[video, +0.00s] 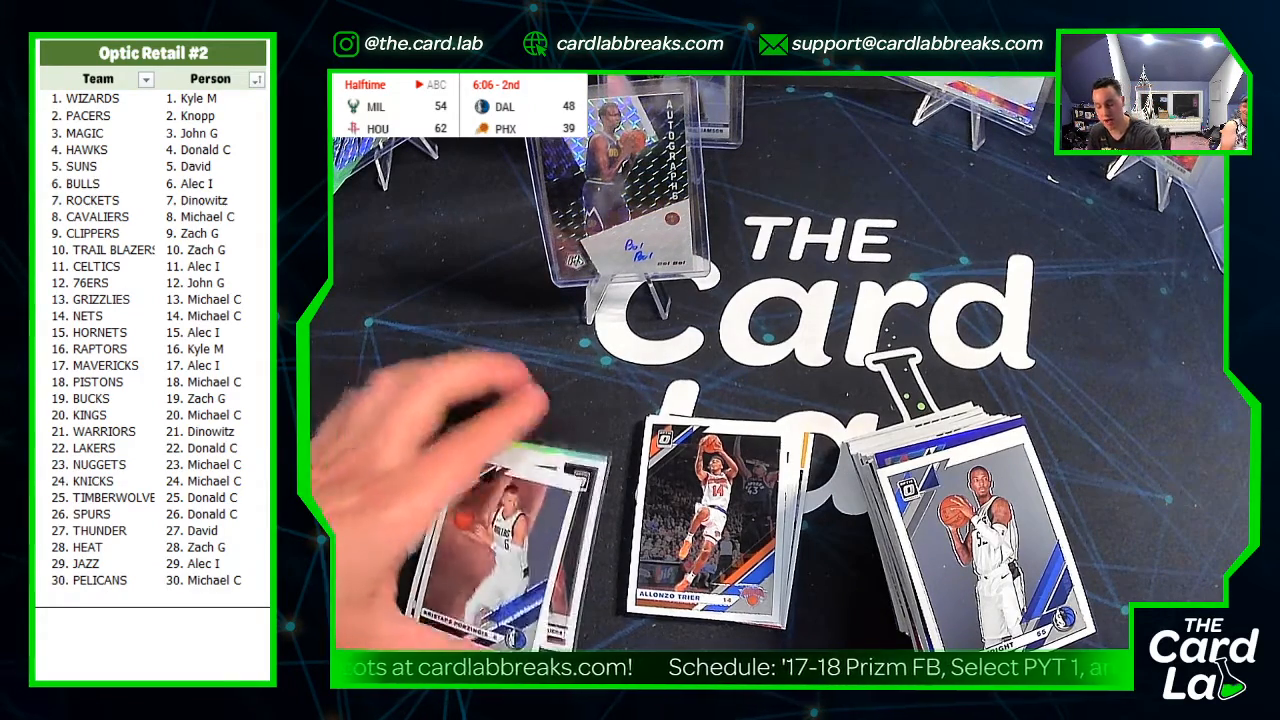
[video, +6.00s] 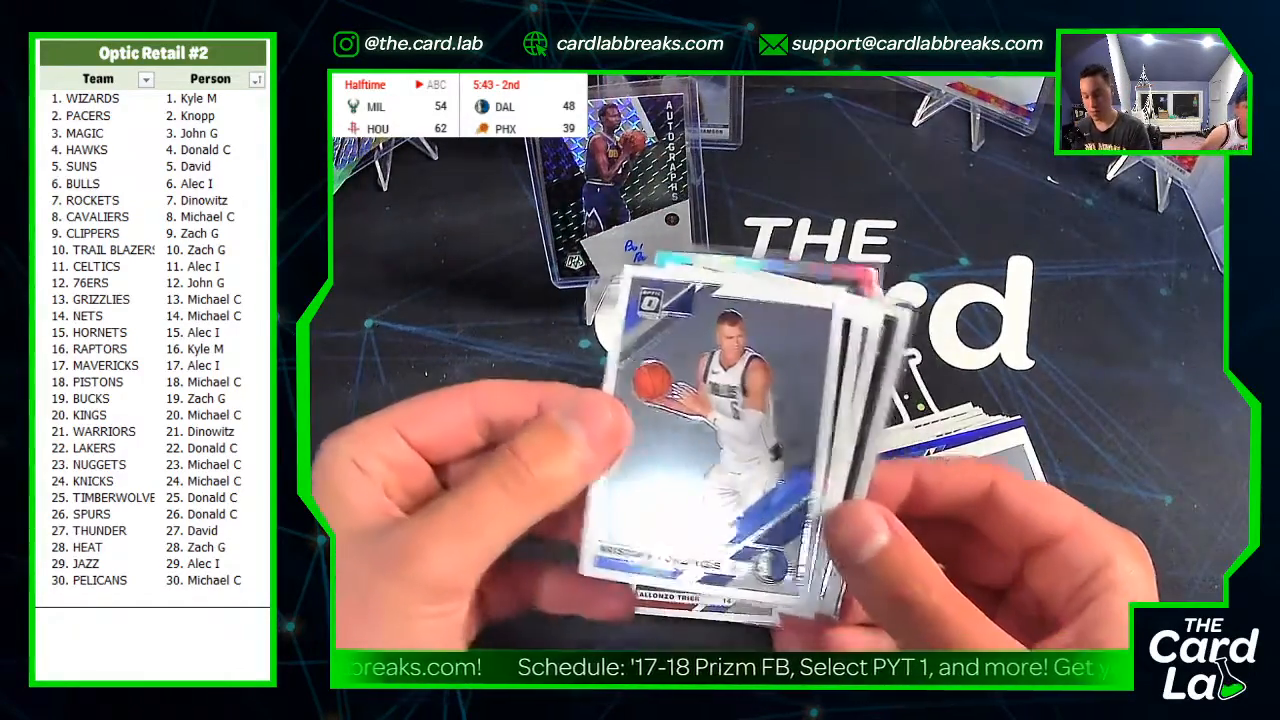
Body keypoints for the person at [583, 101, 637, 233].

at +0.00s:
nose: (617, 118)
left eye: (618, 114)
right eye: (613, 115)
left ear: (620, 117)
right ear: (603, 118)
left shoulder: (616, 141)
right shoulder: (598, 140)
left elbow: (622, 173)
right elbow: (606, 176)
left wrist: (633, 153)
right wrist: (624, 154)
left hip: (613, 189)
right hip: (597, 191)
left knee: (624, 229)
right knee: (599, 234)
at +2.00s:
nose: (615, 118)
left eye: (617, 115)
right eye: (611, 115)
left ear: (620, 118)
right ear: (602, 118)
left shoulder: (617, 142)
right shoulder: (598, 141)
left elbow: (620, 179)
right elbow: (607, 176)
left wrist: (633, 155)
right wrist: (624, 155)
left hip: (612, 189)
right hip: (596, 191)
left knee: (624, 229)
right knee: (598, 236)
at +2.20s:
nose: (616, 119)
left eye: (618, 115)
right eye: (612, 115)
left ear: (620, 118)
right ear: (602, 118)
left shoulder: (617, 142)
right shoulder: (598, 140)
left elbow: (619, 179)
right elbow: (606, 176)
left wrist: (632, 157)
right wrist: (624, 154)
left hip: (611, 189)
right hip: (597, 190)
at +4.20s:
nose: (617, 118)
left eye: (618, 115)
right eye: (613, 115)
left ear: (620, 117)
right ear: (603, 119)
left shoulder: (618, 142)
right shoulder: (598, 141)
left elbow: (623, 176)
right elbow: (606, 176)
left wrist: (634, 154)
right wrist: (625, 154)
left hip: (613, 190)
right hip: (597, 192)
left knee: (624, 229)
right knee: (601, 235)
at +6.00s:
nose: (618, 119)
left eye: (618, 115)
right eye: (613, 116)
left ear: (620, 117)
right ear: (602, 119)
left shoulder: (616, 142)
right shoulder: (598, 141)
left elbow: (620, 179)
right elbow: (606, 176)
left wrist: (631, 157)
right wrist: (624, 155)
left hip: (612, 189)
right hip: (596, 191)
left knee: (626, 229)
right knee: (597, 236)